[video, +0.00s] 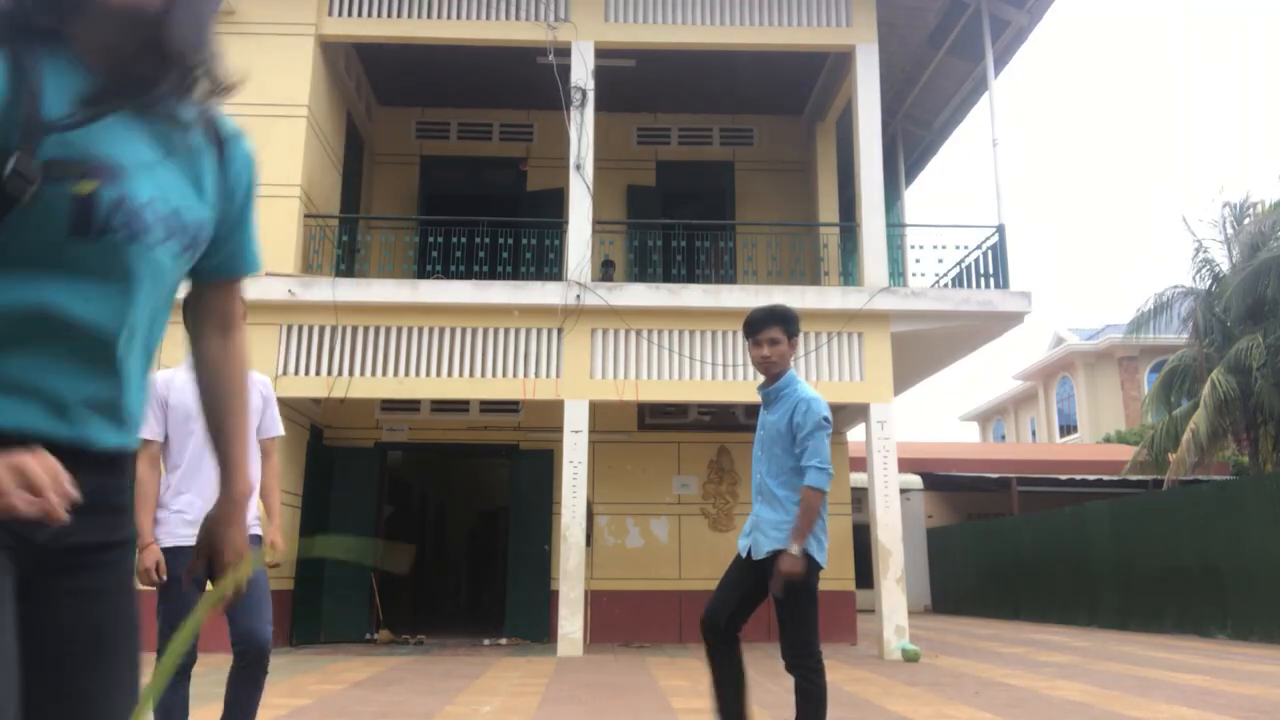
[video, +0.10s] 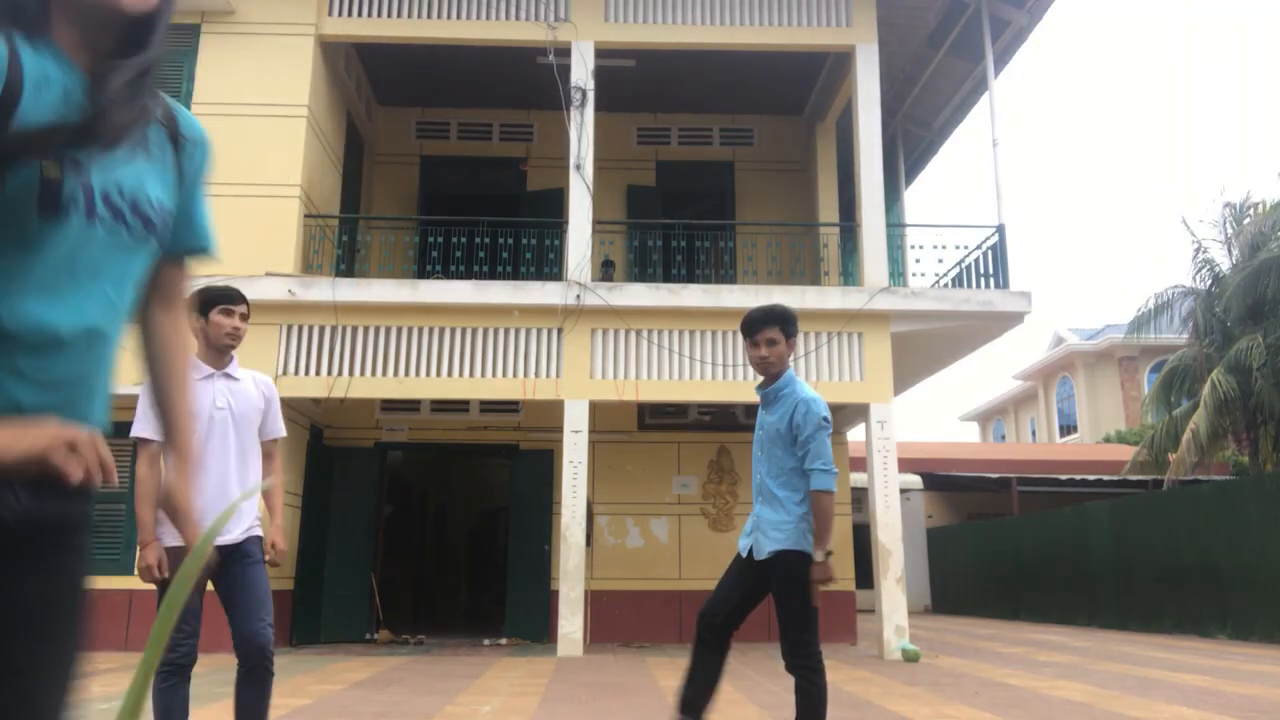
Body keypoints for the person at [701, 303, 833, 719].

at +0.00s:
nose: (765, 352)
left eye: (774, 343)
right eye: (756, 344)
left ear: (793, 346)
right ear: (748, 350)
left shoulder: (807, 404)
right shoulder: (771, 402)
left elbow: (817, 478)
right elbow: (775, 476)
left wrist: (797, 547)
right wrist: (756, 532)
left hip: (794, 546)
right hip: (759, 543)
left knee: (803, 659)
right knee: (717, 624)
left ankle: (810, 719)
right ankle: (733, 716)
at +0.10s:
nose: (761, 353)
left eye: (771, 343)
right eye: (753, 345)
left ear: (792, 345)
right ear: (746, 350)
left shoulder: (807, 405)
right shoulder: (768, 402)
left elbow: (822, 479)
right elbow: (777, 478)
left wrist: (822, 551)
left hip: (792, 545)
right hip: (758, 542)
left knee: (802, 655)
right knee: (713, 622)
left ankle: (811, 718)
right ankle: (688, 714)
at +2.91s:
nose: (780, 355)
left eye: (786, 345)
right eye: (780, 346)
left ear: (812, 346)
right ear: (816, 348)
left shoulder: (815, 397)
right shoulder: (840, 396)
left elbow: (748, 440)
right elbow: (826, 470)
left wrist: (706, 420)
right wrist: (766, 463)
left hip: (820, 546)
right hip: (854, 546)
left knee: (783, 658)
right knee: (884, 651)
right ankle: (928, 716)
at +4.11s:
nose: (828, 374)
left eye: (835, 365)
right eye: (828, 366)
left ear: (863, 366)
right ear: (858, 369)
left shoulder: (882, 416)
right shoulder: (871, 422)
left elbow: (817, 455)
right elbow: (840, 497)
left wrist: (772, 424)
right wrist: (796, 500)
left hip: (883, 564)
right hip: (899, 566)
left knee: (821, 664)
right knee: (889, 673)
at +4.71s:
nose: (829, 380)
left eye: (835, 370)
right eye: (828, 371)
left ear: (863, 370)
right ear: (856, 373)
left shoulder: (881, 425)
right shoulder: (872, 425)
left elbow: (841, 485)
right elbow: (827, 475)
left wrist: (783, 482)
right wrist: (779, 458)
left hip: (880, 568)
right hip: (896, 570)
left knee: (817, 664)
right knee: (887, 675)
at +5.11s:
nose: (836, 388)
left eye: (842, 378)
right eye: (835, 379)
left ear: (869, 378)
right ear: (870, 380)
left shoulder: (880, 428)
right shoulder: (900, 428)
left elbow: (821, 483)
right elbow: (873, 505)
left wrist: (757, 482)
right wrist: (830, 476)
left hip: (889, 572)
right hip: (915, 575)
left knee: (823, 666)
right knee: (890, 677)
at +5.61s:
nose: (838, 390)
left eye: (843, 380)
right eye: (837, 381)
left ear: (871, 380)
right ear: (871, 382)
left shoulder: (882, 429)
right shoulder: (904, 430)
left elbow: (817, 477)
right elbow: (878, 507)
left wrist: (750, 479)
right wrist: (834, 482)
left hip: (890, 574)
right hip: (918, 576)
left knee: (824, 667)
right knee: (889, 677)